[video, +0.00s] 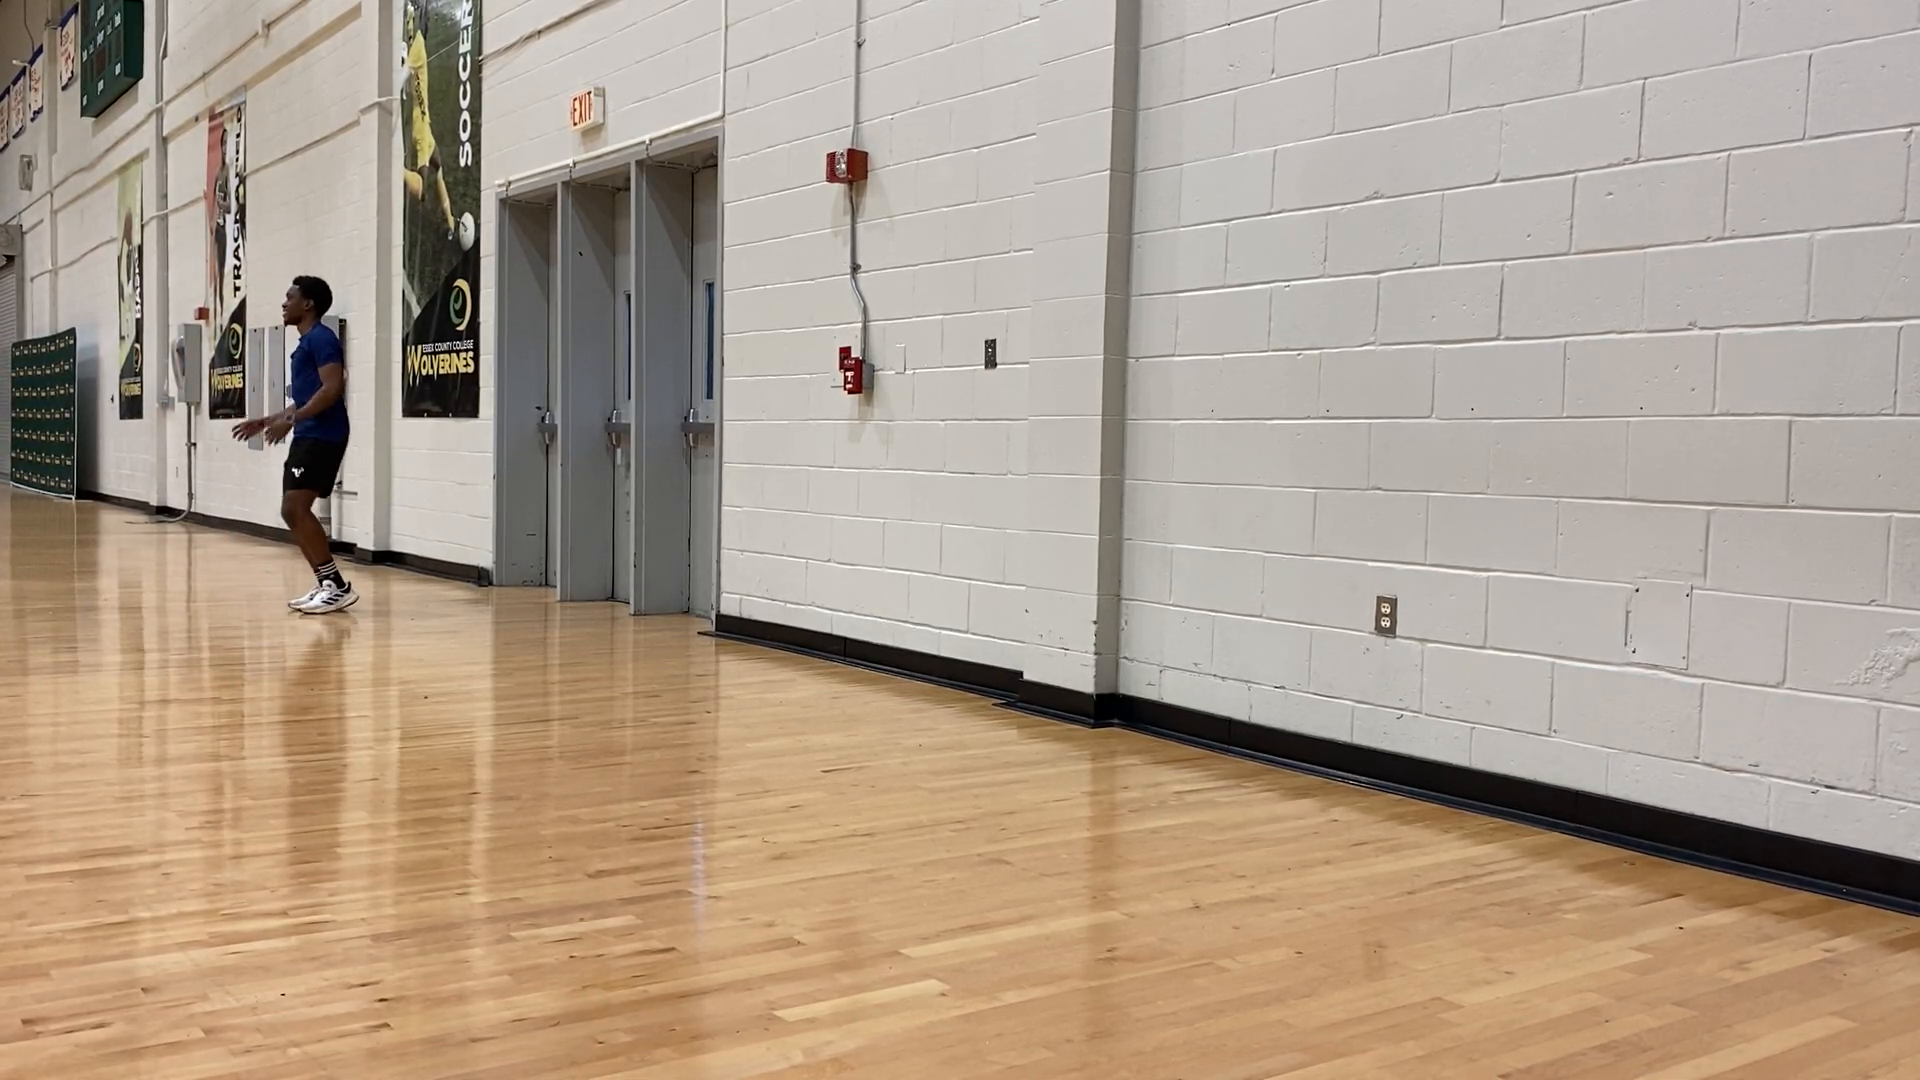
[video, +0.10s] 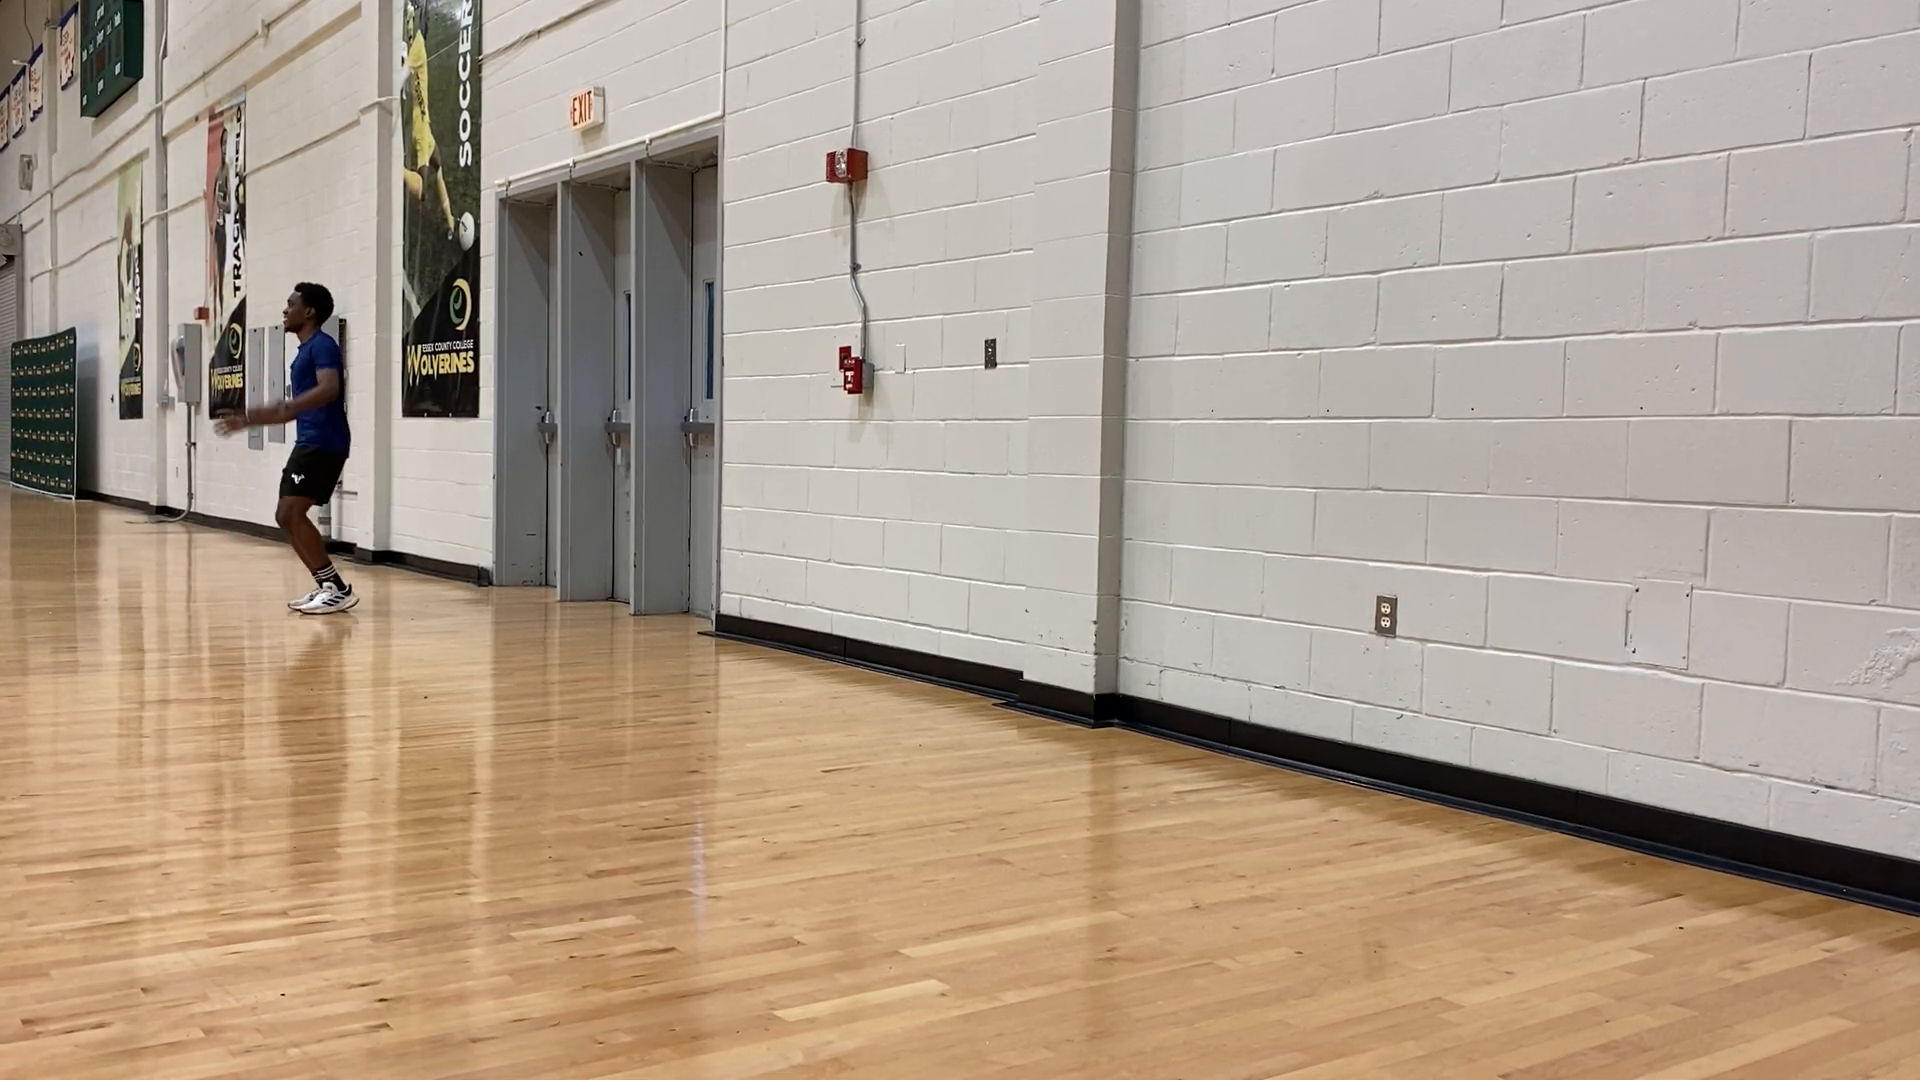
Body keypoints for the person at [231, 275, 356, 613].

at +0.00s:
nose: (283, 303)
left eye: (290, 298)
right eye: (286, 297)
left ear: (309, 304)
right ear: (305, 305)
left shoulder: (321, 338)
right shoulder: (305, 344)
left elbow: (332, 390)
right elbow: (302, 401)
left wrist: (291, 420)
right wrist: (265, 422)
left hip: (323, 436)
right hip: (310, 435)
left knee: (297, 508)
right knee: (291, 510)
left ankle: (335, 586)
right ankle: (326, 585)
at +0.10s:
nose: (285, 310)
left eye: (292, 305)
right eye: (287, 304)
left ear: (310, 312)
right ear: (307, 313)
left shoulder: (322, 346)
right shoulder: (305, 352)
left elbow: (329, 389)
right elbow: (292, 409)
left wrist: (284, 409)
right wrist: (249, 417)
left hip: (324, 444)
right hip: (310, 443)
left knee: (292, 513)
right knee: (285, 515)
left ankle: (335, 588)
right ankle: (328, 586)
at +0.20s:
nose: (288, 295)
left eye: (294, 289)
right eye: (290, 289)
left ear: (314, 296)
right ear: (310, 296)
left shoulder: (321, 322)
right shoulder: (304, 333)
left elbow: (325, 348)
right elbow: (287, 376)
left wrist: (278, 340)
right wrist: (238, 364)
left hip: (320, 430)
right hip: (304, 430)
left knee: (302, 503)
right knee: (294, 505)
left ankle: (334, 584)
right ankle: (326, 582)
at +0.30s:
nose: (287, 281)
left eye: (293, 276)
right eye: (288, 276)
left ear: (313, 282)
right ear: (301, 282)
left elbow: (304, 288)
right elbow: (272, 328)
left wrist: (266, 267)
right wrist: (245, 289)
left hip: (318, 412)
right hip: (298, 413)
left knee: (307, 490)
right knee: (297, 493)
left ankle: (336, 575)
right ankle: (317, 575)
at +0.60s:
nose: (285, 289)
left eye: (292, 283)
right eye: (286, 284)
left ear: (306, 292)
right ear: (292, 293)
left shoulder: (313, 320)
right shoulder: (293, 324)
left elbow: (311, 277)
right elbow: (276, 292)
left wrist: (296, 235)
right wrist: (278, 254)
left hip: (312, 422)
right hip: (294, 424)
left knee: (303, 500)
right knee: (286, 504)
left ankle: (338, 582)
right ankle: (320, 580)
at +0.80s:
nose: (286, 275)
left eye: (291, 270)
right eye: (289, 269)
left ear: (302, 277)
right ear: (306, 279)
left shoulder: (310, 304)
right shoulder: (294, 313)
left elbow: (325, 337)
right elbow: (281, 360)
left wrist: (288, 342)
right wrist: (242, 356)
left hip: (304, 407)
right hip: (288, 407)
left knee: (292, 489)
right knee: (288, 490)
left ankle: (317, 573)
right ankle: (311, 572)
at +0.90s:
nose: (275, 302)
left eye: (280, 295)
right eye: (277, 295)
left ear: (290, 299)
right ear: (293, 300)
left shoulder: (306, 331)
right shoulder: (288, 336)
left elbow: (326, 383)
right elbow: (288, 399)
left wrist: (294, 417)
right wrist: (259, 425)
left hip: (307, 428)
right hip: (290, 427)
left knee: (279, 506)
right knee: (276, 507)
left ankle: (320, 584)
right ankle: (318, 584)